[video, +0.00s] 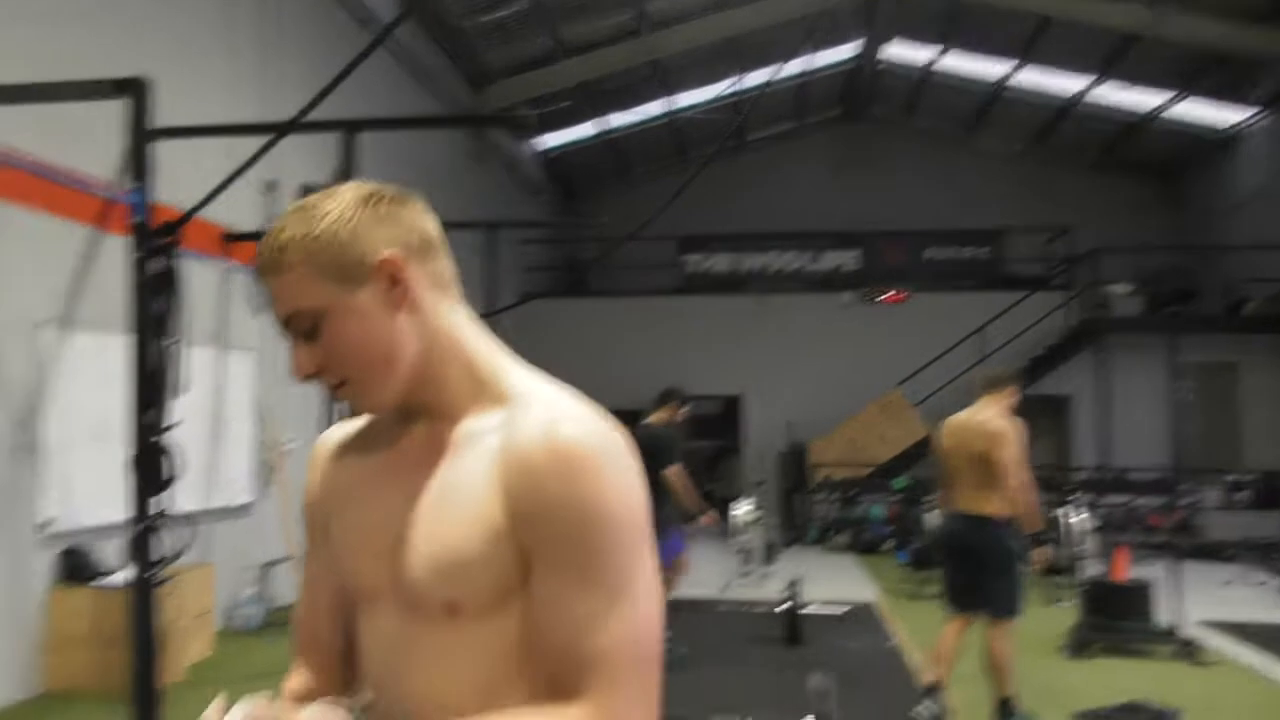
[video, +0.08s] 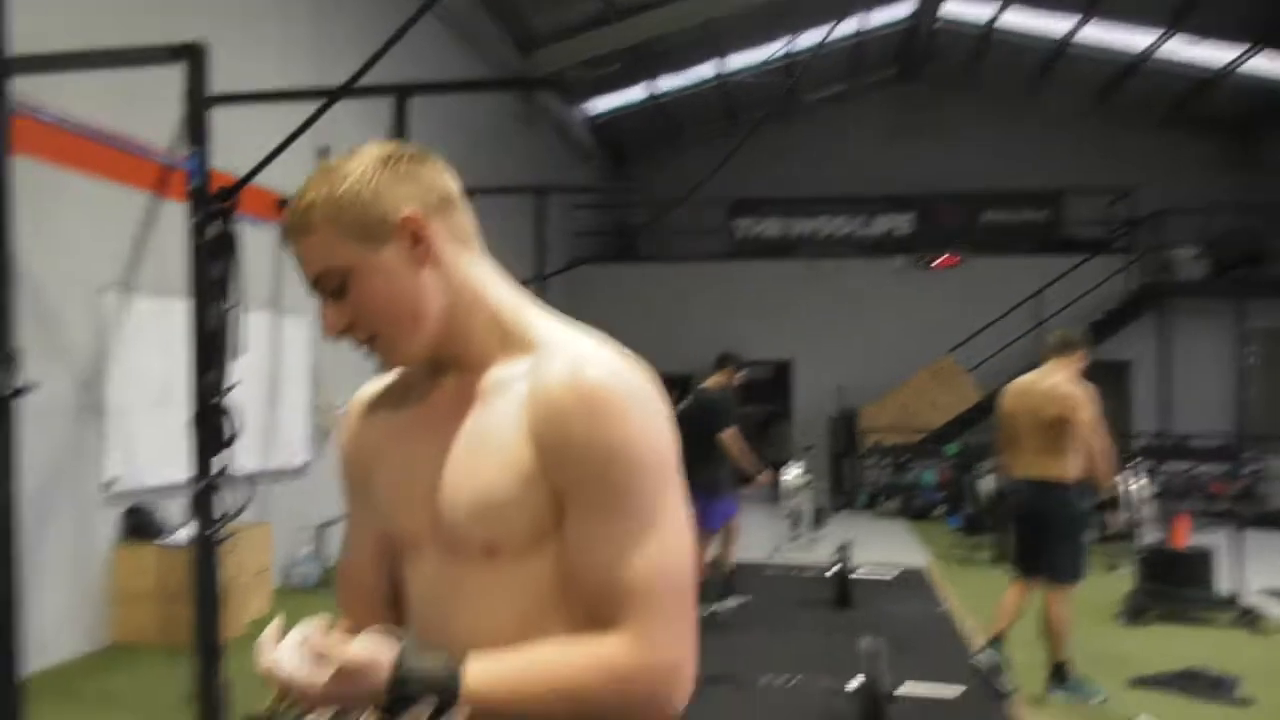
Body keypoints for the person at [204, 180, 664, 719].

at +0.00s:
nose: (301, 366)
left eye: (310, 329)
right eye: (293, 337)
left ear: (395, 285)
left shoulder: (568, 451)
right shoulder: (338, 458)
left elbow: (615, 705)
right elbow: (319, 672)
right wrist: (278, 709)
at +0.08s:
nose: (332, 326)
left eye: (338, 288)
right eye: (323, 297)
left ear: (417, 242)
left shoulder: (596, 393)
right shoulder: (373, 418)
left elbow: (657, 672)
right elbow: (366, 633)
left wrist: (414, 679)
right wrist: (324, 661)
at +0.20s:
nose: (377, 262)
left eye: (382, 226)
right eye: (365, 238)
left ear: (458, 175)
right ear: (459, 176)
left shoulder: (636, 315)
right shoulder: (422, 358)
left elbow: (714, 586)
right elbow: (418, 582)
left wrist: (476, 615)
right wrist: (434, 677)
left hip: (644, 688)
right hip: (495, 695)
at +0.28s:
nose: (414, 216)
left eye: (417, 176)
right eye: (401, 191)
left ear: (496, 124)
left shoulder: (674, 266)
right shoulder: (462, 314)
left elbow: (761, 531)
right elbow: (459, 533)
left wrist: (533, 580)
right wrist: (475, 632)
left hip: (695, 653)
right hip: (558, 660)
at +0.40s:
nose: (455, 149)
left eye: (457, 109)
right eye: (441, 122)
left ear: (531, 51)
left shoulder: (718, 193)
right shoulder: (513, 249)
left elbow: (822, 464)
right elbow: (510, 460)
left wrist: (586, 543)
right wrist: (549, 600)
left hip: (745, 598)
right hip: (616, 605)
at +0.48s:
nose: (471, 115)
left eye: (471, 71)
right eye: (455, 86)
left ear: (544, 16)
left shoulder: (734, 156)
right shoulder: (538, 202)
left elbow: (847, 435)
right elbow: (535, 407)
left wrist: (613, 541)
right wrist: (557, 571)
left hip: (763, 571)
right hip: (647, 580)